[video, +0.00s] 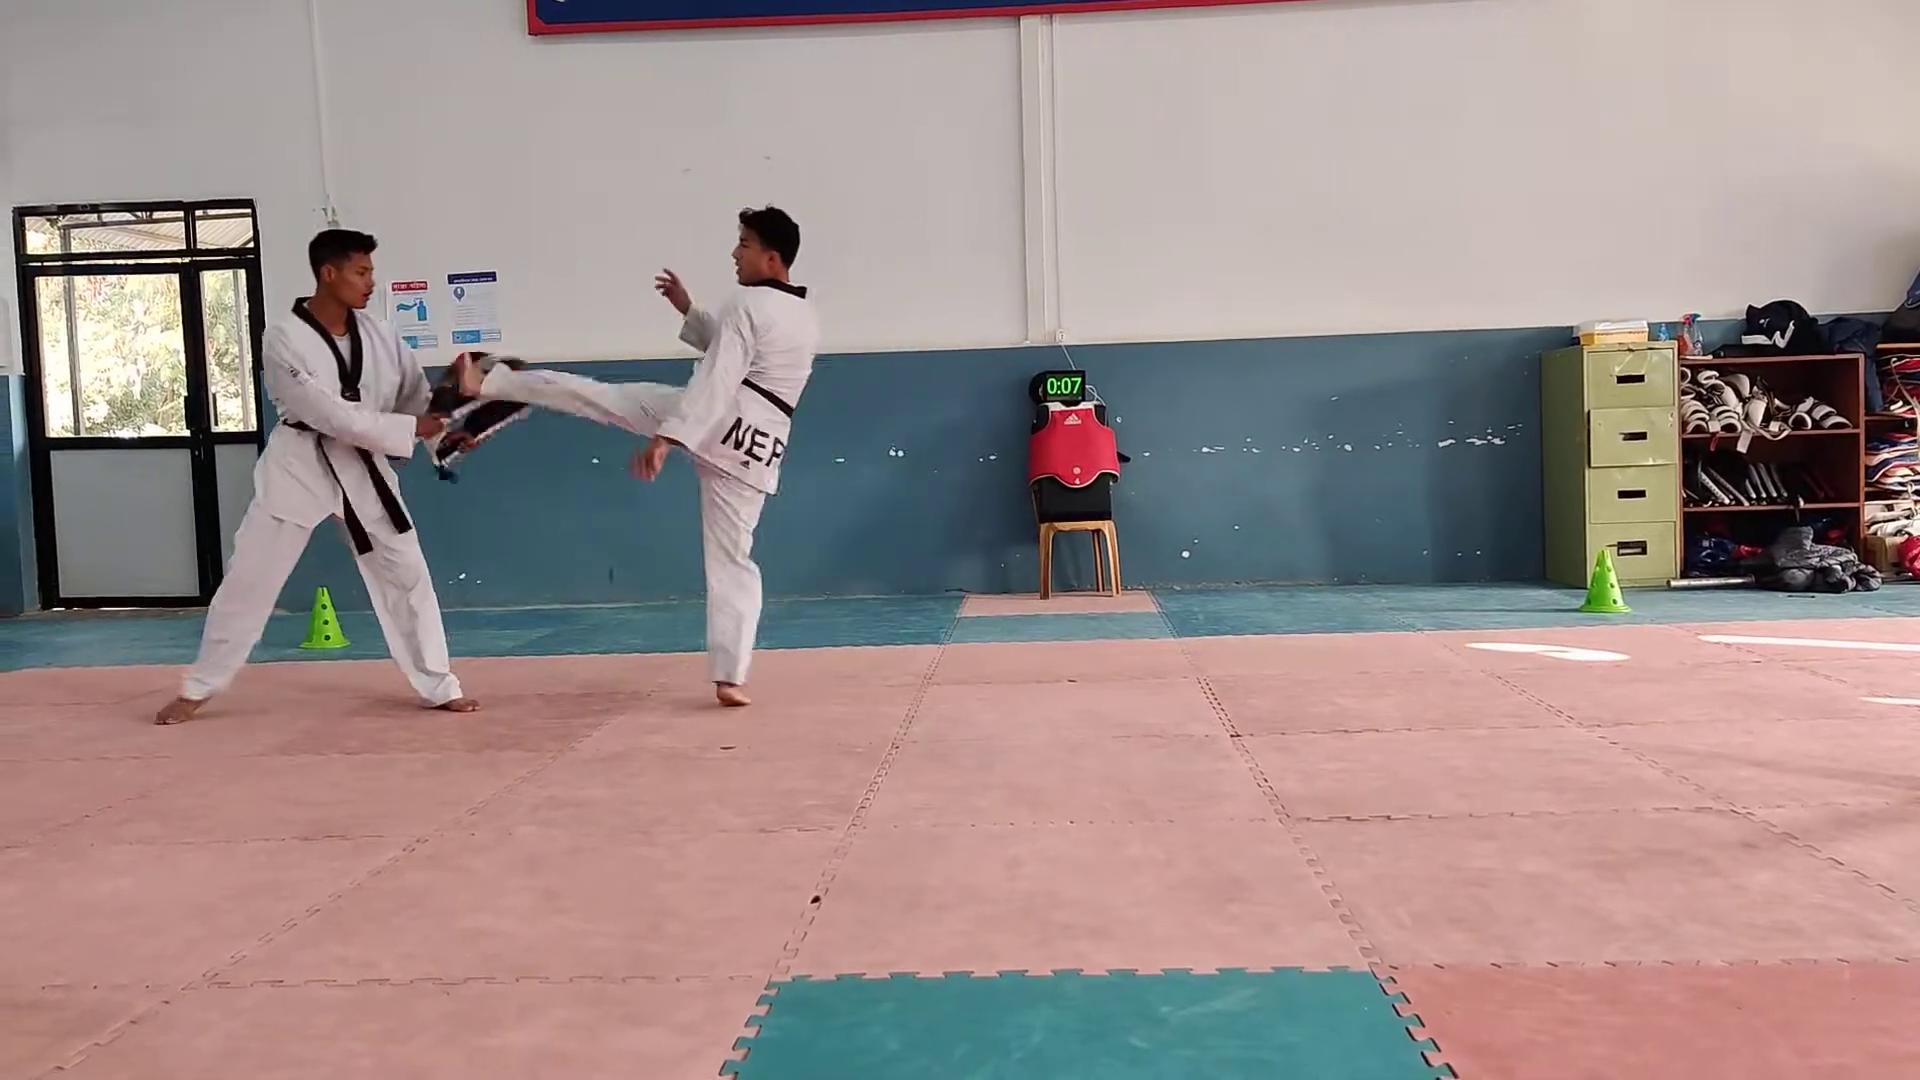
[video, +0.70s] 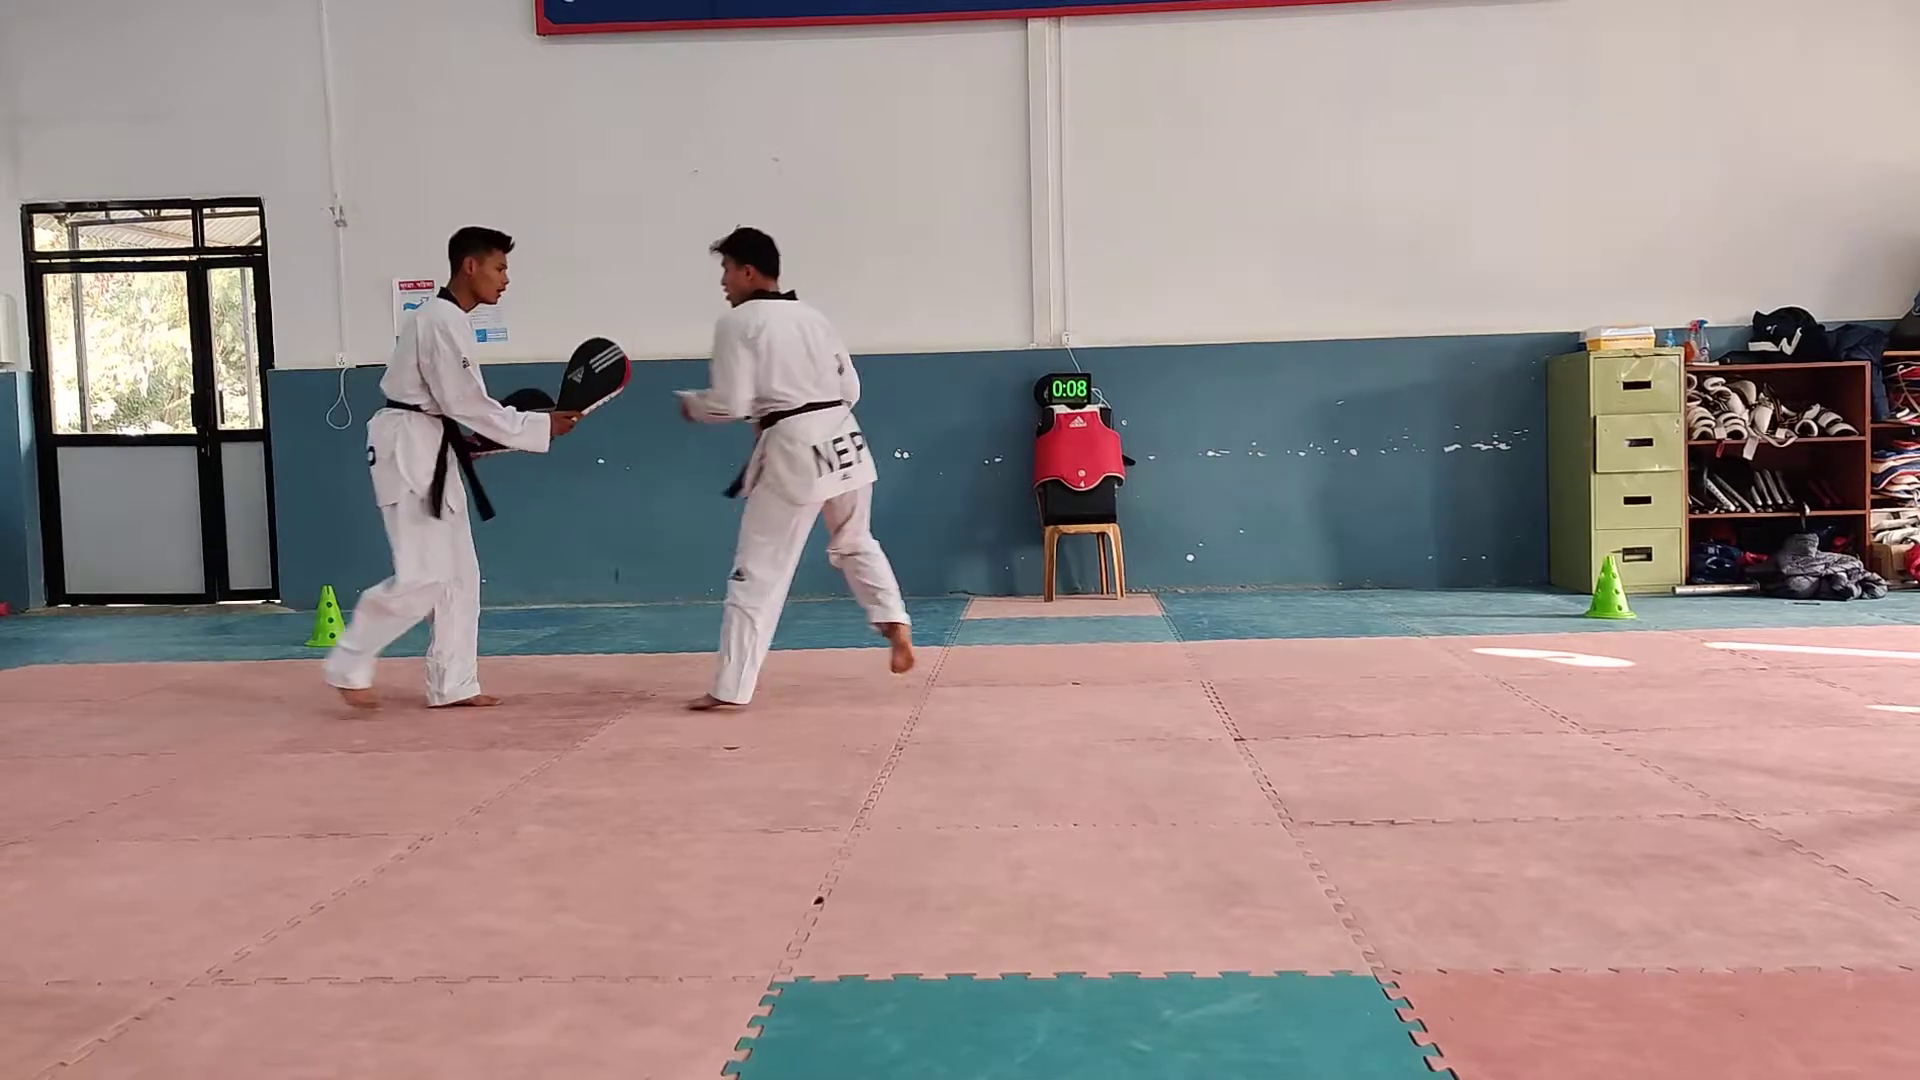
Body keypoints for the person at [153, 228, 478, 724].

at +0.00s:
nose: (371, 282)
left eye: (371, 272)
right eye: (362, 273)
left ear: (348, 276)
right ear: (327, 274)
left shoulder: (377, 332)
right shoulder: (285, 337)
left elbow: (414, 397)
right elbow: (322, 411)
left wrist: (455, 397)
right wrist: (411, 427)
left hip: (365, 462)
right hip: (299, 464)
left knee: (406, 570)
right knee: (250, 573)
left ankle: (439, 684)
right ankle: (197, 689)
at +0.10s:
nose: (341, 292)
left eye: (341, 283)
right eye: (331, 283)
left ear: (316, 286)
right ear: (297, 285)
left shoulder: (349, 340)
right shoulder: (258, 349)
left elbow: (384, 403)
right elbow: (275, 422)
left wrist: (426, 447)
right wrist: (368, 435)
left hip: (346, 478)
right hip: (279, 482)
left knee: (403, 573)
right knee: (233, 588)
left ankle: (438, 684)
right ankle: (189, 692)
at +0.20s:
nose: (337, 300)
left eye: (337, 290)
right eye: (327, 290)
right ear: (294, 293)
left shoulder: (350, 354)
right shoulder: (252, 359)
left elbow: (369, 433)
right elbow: (239, 443)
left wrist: (392, 480)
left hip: (347, 487)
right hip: (275, 489)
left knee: (406, 573)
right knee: (234, 594)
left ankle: (438, 684)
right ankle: (194, 695)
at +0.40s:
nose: (402, 306)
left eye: (402, 297)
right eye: (393, 296)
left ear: (375, 299)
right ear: (361, 297)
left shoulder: (393, 360)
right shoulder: (306, 355)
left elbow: (397, 438)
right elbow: (272, 434)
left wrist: (401, 485)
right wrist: (339, 479)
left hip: (376, 490)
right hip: (308, 492)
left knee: (431, 567)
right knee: (254, 592)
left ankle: (448, 684)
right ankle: (198, 693)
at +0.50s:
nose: (452, 302)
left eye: (453, 292)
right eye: (446, 291)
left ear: (424, 292)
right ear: (414, 288)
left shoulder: (423, 357)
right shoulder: (366, 342)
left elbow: (408, 436)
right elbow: (350, 417)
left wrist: (427, 479)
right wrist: (430, 458)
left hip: (399, 479)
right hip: (345, 475)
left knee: (446, 568)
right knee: (294, 585)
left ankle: (450, 683)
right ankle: (205, 676)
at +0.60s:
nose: (483, 292)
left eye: (484, 281)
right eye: (478, 280)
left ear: (450, 280)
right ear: (447, 278)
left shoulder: (432, 334)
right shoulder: (412, 332)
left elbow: (422, 418)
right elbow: (438, 413)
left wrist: (446, 466)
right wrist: (516, 441)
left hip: (418, 461)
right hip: (379, 455)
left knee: (454, 568)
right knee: (354, 580)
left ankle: (452, 683)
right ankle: (265, 653)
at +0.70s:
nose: (505, 280)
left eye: (506, 270)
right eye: (499, 269)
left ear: (468, 269)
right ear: (469, 267)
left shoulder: (450, 319)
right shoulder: (439, 320)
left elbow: (462, 405)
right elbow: (464, 403)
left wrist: (524, 423)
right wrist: (540, 427)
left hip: (433, 443)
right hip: (409, 440)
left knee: (460, 572)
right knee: (427, 572)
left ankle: (453, 685)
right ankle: (348, 662)